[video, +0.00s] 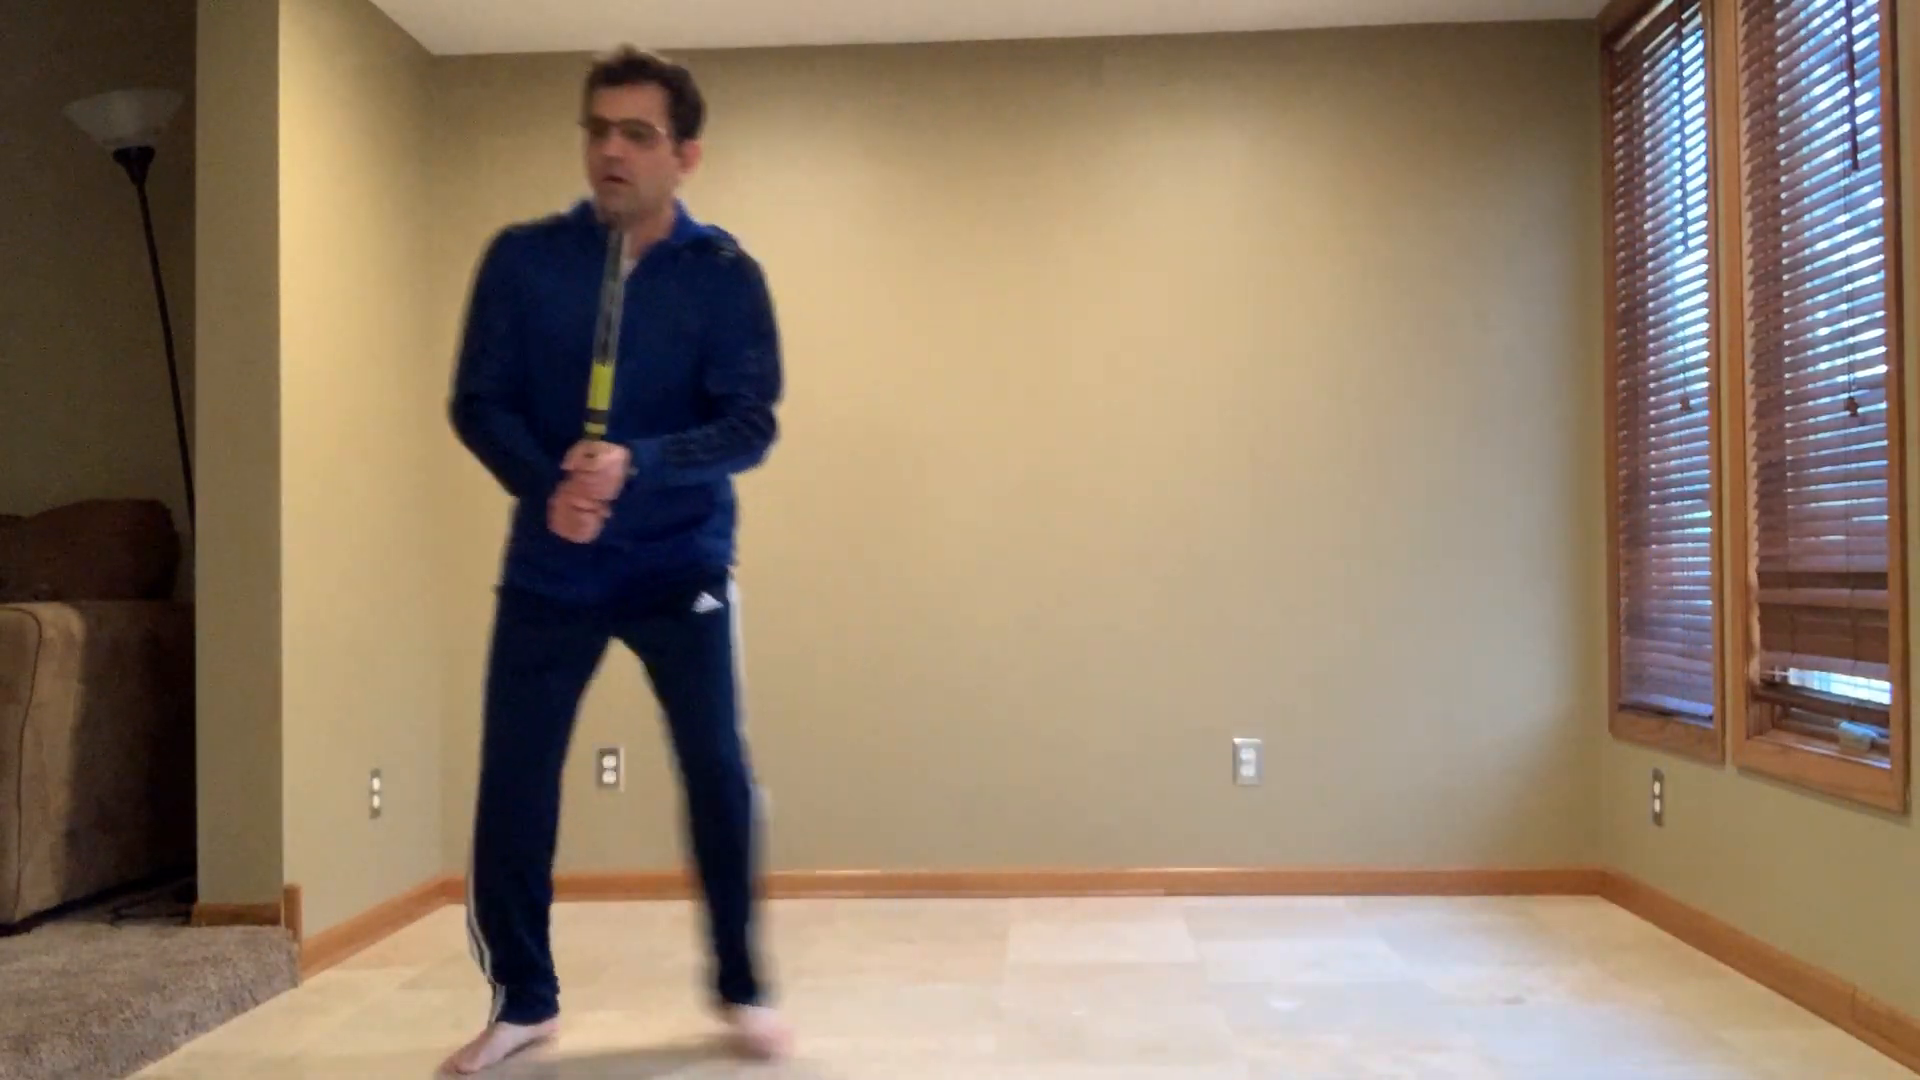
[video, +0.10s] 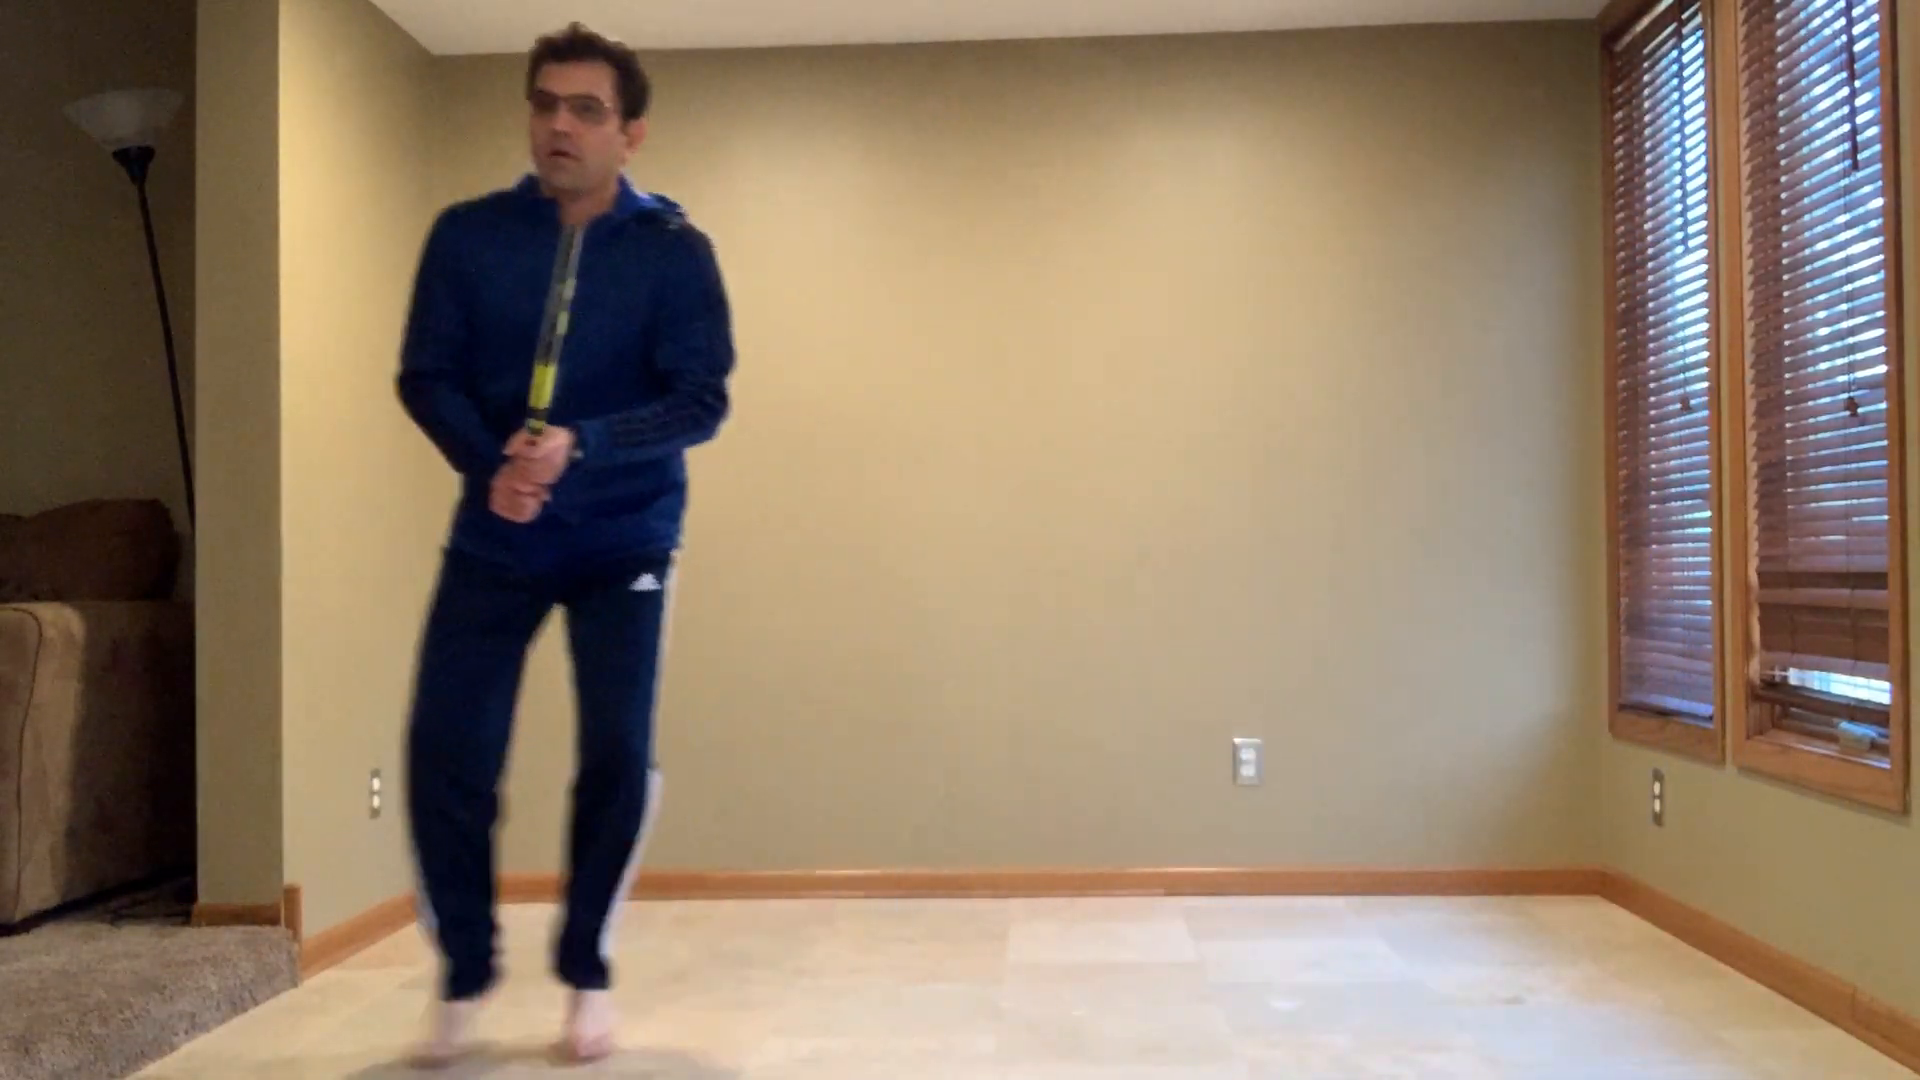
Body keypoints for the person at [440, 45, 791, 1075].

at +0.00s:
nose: (612, 150)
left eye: (637, 134)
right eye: (598, 131)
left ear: (685, 153)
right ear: (582, 143)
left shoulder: (724, 273)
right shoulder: (522, 257)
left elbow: (751, 422)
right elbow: (476, 403)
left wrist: (635, 463)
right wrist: (543, 482)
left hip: (680, 575)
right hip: (549, 575)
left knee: (719, 769)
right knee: (514, 784)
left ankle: (741, 993)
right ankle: (524, 1004)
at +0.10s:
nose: (561, 125)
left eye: (587, 110)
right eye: (546, 106)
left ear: (630, 132)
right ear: (527, 119)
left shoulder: (673, 250)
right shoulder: (468, 233)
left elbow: (703, 401)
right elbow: (424, 376)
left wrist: (580, 444)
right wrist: (485, 459)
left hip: (620, 549)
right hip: (491, 544)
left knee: (619, 758)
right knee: (445, 752)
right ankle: (465, 973)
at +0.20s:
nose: (511, 147)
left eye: (538, 132)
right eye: (497, 127)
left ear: (581, 154)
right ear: (477, 142)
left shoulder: (624, 275)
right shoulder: (419, 258)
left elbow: (652, 424)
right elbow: (375, 399)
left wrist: (530, 467)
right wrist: (440, 480)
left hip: (565, 572)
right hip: (435, 564)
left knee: (565, 788)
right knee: (360, 764)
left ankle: (552, 992)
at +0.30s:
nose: (466, 202)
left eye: (494, 187)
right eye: (452, 182)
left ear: (535, 212)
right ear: (431, 196)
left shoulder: (571, 337)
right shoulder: (363, 310)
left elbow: (595, 489)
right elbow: (323, 449)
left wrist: (477, 533)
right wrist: (394, 541)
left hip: (523, 613)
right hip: (383, 608)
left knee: (559, 801)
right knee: (300, 794)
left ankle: (551, 995)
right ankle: (231, 1005)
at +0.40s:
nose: (447, 247)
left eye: (475, 234)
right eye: (432, 228)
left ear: (514, 263)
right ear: (409, 241)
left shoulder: (544, 379)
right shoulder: (337, 348)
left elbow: (554, 533)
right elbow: (288, 490)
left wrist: (449, 596)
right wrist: (353, 600)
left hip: (494, 616)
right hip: (358, 612)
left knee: (544, 786)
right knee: (273, 796)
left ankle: (554, 989)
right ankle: (238, 1012)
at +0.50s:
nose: (479, 272)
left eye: (506, 258)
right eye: (464, 250)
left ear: (540, 288)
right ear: (435, 259)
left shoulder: (559, 398)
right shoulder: (354, 363)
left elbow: (555, 542)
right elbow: (302, 511)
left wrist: (483, 615)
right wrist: (373, 631)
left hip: (494, 618)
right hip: (357, 609)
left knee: (568, 778)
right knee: (259, 814)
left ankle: (550, 985)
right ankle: (239, 1014)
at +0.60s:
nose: (569, 272)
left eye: (594, 259)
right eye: (554, 250)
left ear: (619, 284)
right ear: (517, 255)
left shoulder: (621, 403)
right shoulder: (425, 353)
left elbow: (596, 538)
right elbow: (370, 517)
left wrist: (553, 609)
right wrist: (449, 636)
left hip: (520, 625)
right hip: (385, 608)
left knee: (602, 776)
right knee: (281, 825)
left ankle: (549, 986)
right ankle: (237, 1018)